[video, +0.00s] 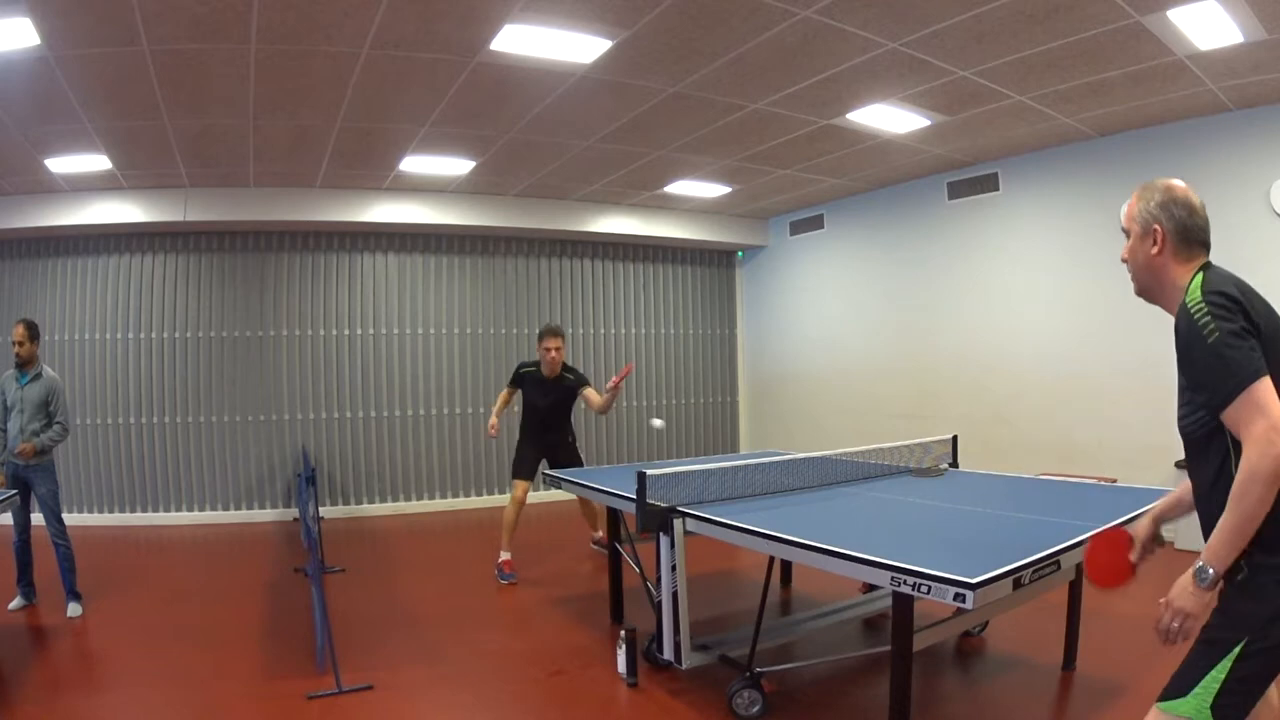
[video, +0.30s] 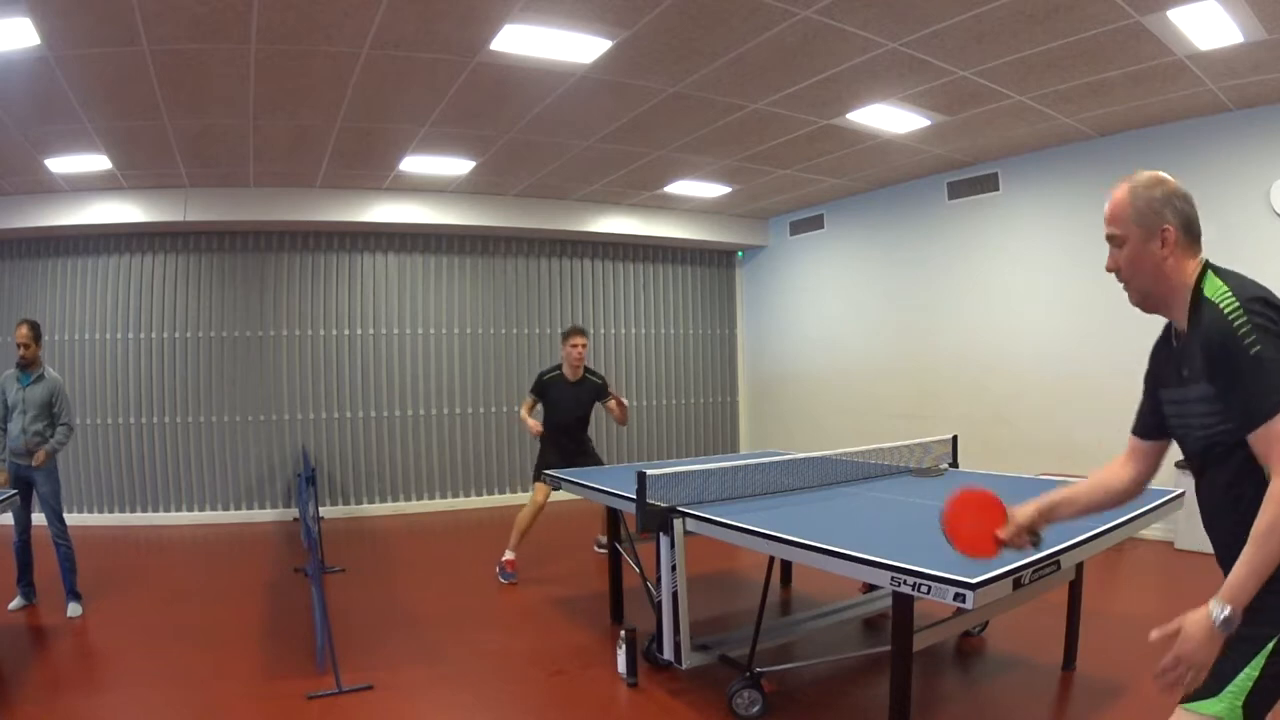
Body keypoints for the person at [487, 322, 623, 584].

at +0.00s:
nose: (553, 355)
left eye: (558, 350)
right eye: (548, 350)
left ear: (564, 351)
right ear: (539, 351)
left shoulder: (573, 378)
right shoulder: (524, 372)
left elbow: (600, 407)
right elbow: (507, 394)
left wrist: (610, 393)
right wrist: (494, 415)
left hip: (562, 443)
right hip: (530, 443)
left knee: (584, 493)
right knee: (518, 497)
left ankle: (598, 536)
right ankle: (504, 557)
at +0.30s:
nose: (579, 351)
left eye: (583, 347)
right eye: (574, 347)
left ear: (588, 350)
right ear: (563, 350)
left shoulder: (596, 382)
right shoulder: (546, 379)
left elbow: (621, 420)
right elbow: (525, 410)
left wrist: (621, 409)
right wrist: (529, 420)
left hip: (582, 447)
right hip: (552, 448)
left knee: (612, 491)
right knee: (539, 499)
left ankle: (606, 539)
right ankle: (508, 557)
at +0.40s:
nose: (595, 344)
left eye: (599, 339)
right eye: (589, 339)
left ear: (602, 343)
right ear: (578, 341)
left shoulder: (605, 375)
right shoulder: (559, 369)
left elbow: (619, 413)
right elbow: (536, 401)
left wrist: (629, 408)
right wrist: (552, 411)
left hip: (589, 442)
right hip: (560, 443)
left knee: (616, 482)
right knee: (547, 495)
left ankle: (607, 534)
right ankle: (517, 552)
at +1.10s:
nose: (573, 332)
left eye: (577, 326)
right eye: (567, 328)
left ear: (581, 328)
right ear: (557, 331)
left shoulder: (588, 359)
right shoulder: (544, 361)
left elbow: (591, 389)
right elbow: (527, 398)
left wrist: (603, 397)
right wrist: (554, 413)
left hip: (579, 434)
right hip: (554, 436)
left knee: (595, 485)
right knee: (551, 492)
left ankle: (602, 534)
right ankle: (541, 550)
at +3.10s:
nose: (581, 327)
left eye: (584, 322)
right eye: (576, 323)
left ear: (589, 326)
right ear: (564, 326)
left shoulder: (592, 356)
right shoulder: (552, 355)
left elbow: (597, 387)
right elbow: (533, 388)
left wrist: (602, 391)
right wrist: (544, 413)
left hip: (586, 428)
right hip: (563, 428)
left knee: (585, 483)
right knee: (563, 485)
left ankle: (571, 531)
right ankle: (552, 535)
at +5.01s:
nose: (599, 339)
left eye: (601, 335)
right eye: (595, 334)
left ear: (600, 335)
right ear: (580, 332)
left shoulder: (595, 360)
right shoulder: (560, 356)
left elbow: (596, 393)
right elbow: (537, 385)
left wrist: (611, 391)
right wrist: (553, 416)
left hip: (586, 428)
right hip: (565, 428)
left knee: (585, 482)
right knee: (565, 484)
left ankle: (579, 533)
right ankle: (560, 539)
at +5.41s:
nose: (582, 341)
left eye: (586, 336)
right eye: (578, 336)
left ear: (591, 334)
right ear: (569, 333)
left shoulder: (594, 359)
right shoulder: (555, 358)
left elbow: (600, 393)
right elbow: (540, 393)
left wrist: (609, 388)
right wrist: (562, 398)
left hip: (586, 430)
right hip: (564, 431)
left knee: (585, 483)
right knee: (564, 485)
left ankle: (579, 533)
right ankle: (560, 539)